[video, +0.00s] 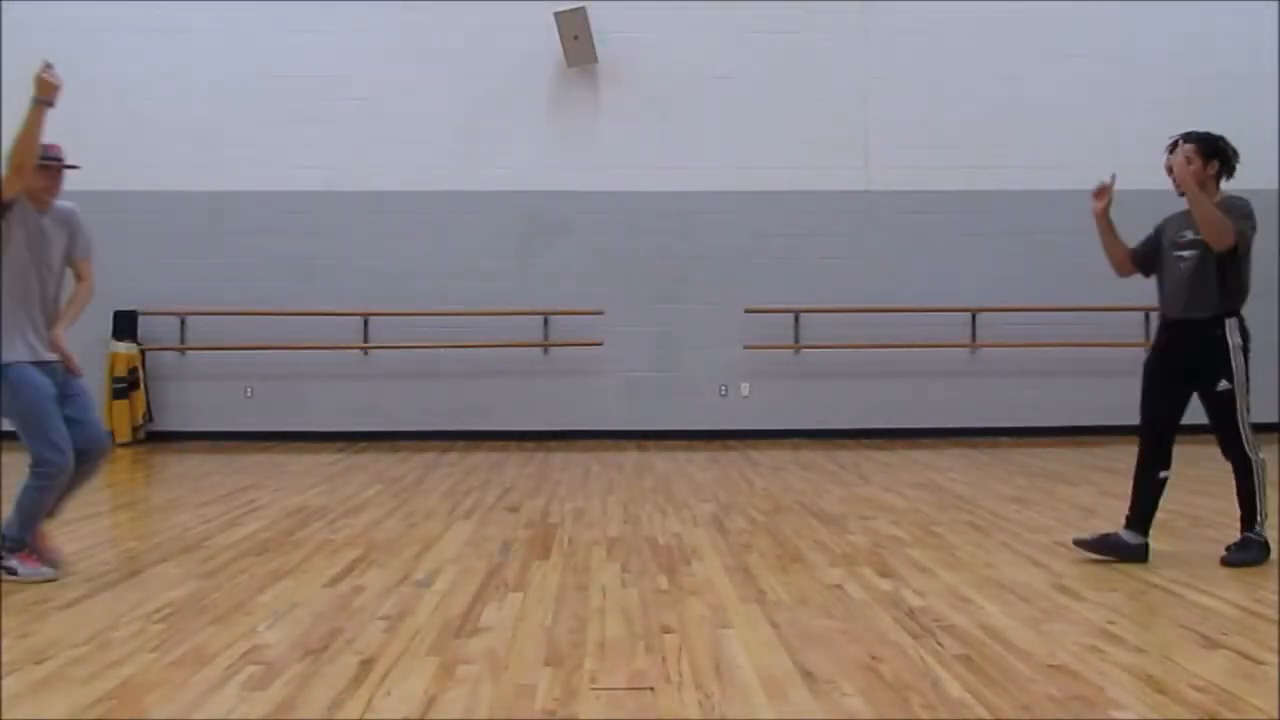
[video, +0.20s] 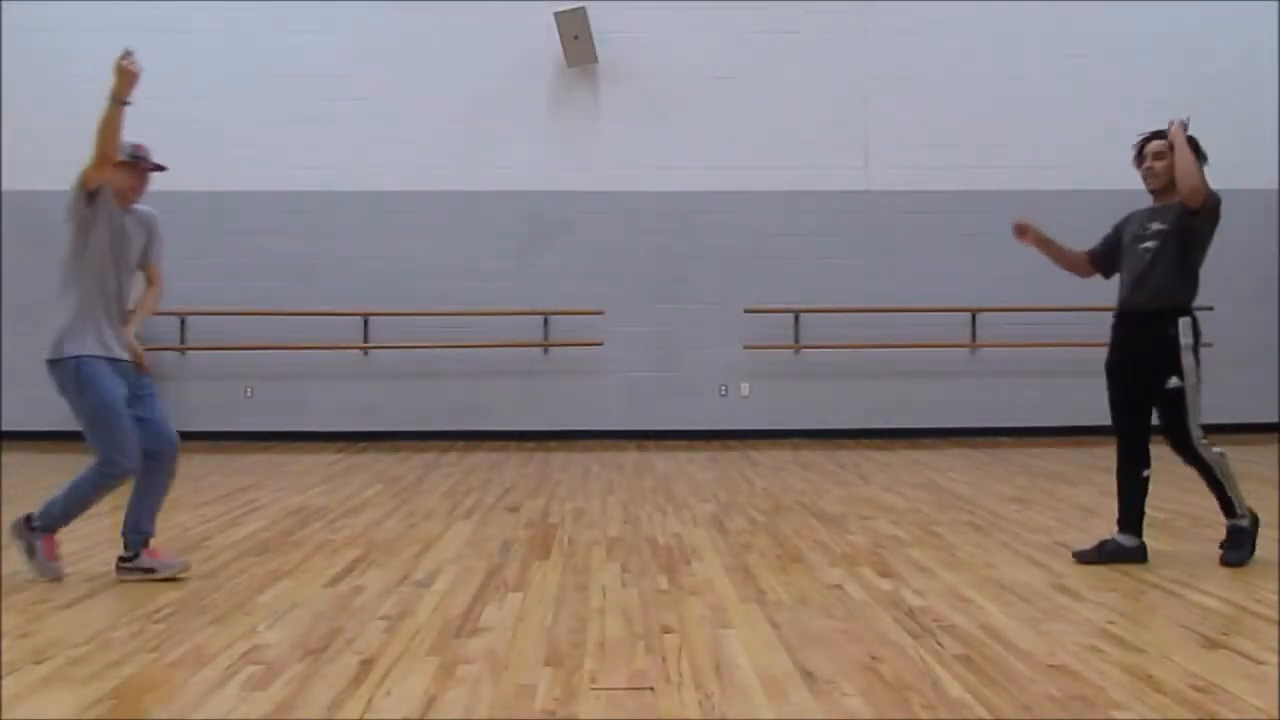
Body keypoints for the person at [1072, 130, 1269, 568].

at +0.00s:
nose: (1171, 168)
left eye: (1180, 160)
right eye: (1171, 161)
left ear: (1210, 167)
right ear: (1175, 171)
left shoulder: (1237, 210)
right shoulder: (1173, 224)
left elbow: (1223, 240)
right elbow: (1127, 265)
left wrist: (1191, 188)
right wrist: (1102, 219)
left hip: (1219, 339)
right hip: (1171, 340)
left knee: (1237, 441)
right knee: (1154, 438)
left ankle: (1255, 535)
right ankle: (1134, 535)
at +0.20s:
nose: (1149, 165)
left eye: (1159, 157)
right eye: (1143, 159)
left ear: (1182, 164)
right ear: (1138, 169)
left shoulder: (1198, 210)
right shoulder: (1133, 223)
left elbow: (1193, 191)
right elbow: (1087, 265)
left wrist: (1179, 139)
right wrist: (1040, 241)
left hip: (1170, 332)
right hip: (1128, 332)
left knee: (1184, 439)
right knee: (1129, 440)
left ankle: (1240, 520)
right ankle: (1129, 537)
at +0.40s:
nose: (1121, 161)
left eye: (1132, 154)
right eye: (1115, 155)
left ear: (1154, 165)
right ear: (1108, 167)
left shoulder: (1163, 211)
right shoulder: (1096, 217)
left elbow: (1164, 185)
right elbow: (1041, 246)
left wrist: (1139, 128)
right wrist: (1015, 202)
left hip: (1141, 326)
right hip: (1100, 328)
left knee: (1128, 429)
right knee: (1111, 436)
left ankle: (1176, 520)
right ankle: (1127, 536)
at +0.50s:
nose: (1102, 158)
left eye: (1114, 150)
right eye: (1095, 152)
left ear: (1137, 161)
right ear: (1088, 166)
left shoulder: (1146, 212)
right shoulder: (1078, 216)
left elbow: (1146, 194)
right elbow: (1021, 227)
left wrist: (1116, 140)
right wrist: (1018, 170)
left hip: (1128, 325)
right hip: (1089, 327)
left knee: (1113, 429)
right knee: (1101, 433)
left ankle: (1126, 537)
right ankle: (1121, 533)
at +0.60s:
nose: (1086, 163)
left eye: (1096, 156)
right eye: (1080, 158)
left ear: (1121, 164)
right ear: (1073, 168)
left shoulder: (1130, 212)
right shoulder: (1061, 213)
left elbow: (1131, 209)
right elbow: (1007, 215)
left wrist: (1105, 156)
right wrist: (1022, 159)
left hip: (1113, 329)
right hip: (1074, 330)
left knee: (1091, 438)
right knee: (1101, 435)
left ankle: (1062, 545)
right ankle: (1128, 536)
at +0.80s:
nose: (1056, 163)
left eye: (1066, 155)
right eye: (1050, 158)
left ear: (1090, 164)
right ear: (1044, 169)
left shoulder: (1095, 212)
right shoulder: (1030, 217)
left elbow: (1093, 184)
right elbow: (973, 218)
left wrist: (1070, 123)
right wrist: (964, 161)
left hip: (1073, 330)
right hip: (1040, 332)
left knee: (1050, 444)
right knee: (1072, 439)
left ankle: (1016, 547)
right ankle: (1124, 532)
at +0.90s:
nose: (1040, 157)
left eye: (1051, 151)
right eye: (1035, 151)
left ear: (1071, 164)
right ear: (1027, 164)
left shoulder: (1075, 210)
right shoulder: (1016, 214)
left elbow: (1075, 169)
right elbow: (960, 214)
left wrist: (1064, 116)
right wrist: (929, 171)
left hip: (1050, 325)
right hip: (1018, 327)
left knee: (1040, 439)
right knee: (1025, 438)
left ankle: (1016, 549)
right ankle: (1104, 517)